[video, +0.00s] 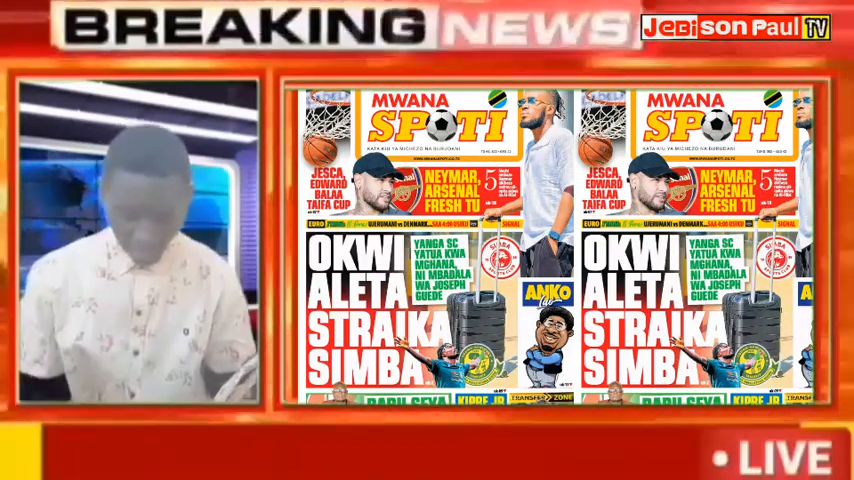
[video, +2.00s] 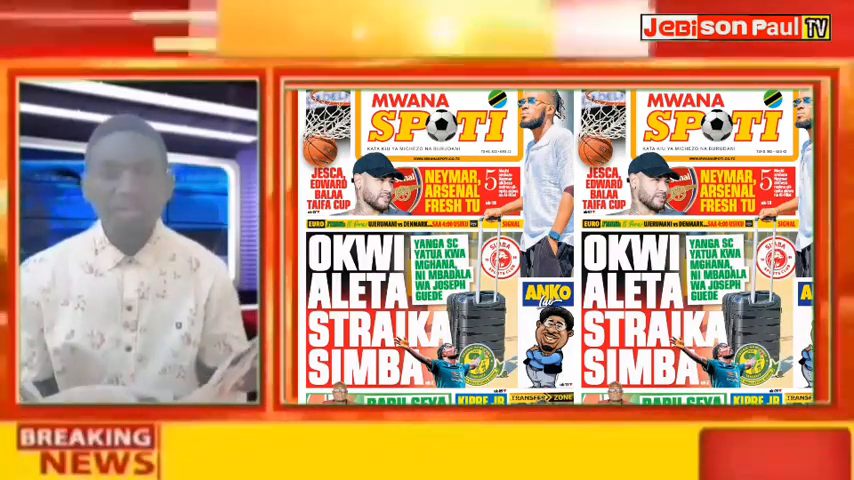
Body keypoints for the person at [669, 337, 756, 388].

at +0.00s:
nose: (729, 348)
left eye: (729, 347)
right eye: (725, 347)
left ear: (731, 351)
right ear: (718, 353)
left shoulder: (737, 366)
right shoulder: (714, 364)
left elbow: (750, 365)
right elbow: (698, 359)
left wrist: (754, 359)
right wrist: (684, 348)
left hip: (737, 401)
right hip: (720, 401)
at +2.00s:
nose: (729, 348)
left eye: (729, 347)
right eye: (725, 347)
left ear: (731, 351)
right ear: (718, 353)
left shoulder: (737, 366)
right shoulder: (714, 364)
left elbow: (750, 365)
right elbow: (698, 359)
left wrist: (754, 359)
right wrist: (684, 348)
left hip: (737, 401)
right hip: (720, 402)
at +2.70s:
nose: (729, 348)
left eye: (729, 347)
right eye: (724, 347)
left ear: (731, 351)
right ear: (718, 353)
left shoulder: (737, 366)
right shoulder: (714, 364)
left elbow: (749, 365)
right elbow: (698, 359)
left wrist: (754, 359)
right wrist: (684, 348)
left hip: (736, 401)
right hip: (720, 401)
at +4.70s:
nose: (728, 349)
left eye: (729, 347)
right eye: (724, 347)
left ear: (731, 351)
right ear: (718, 353)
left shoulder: (737, 366)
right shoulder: (714, 364)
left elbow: (749, 365)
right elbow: (698, 359)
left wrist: (754, 359)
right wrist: (684, 348)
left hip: (736, 400)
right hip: (720, 400)